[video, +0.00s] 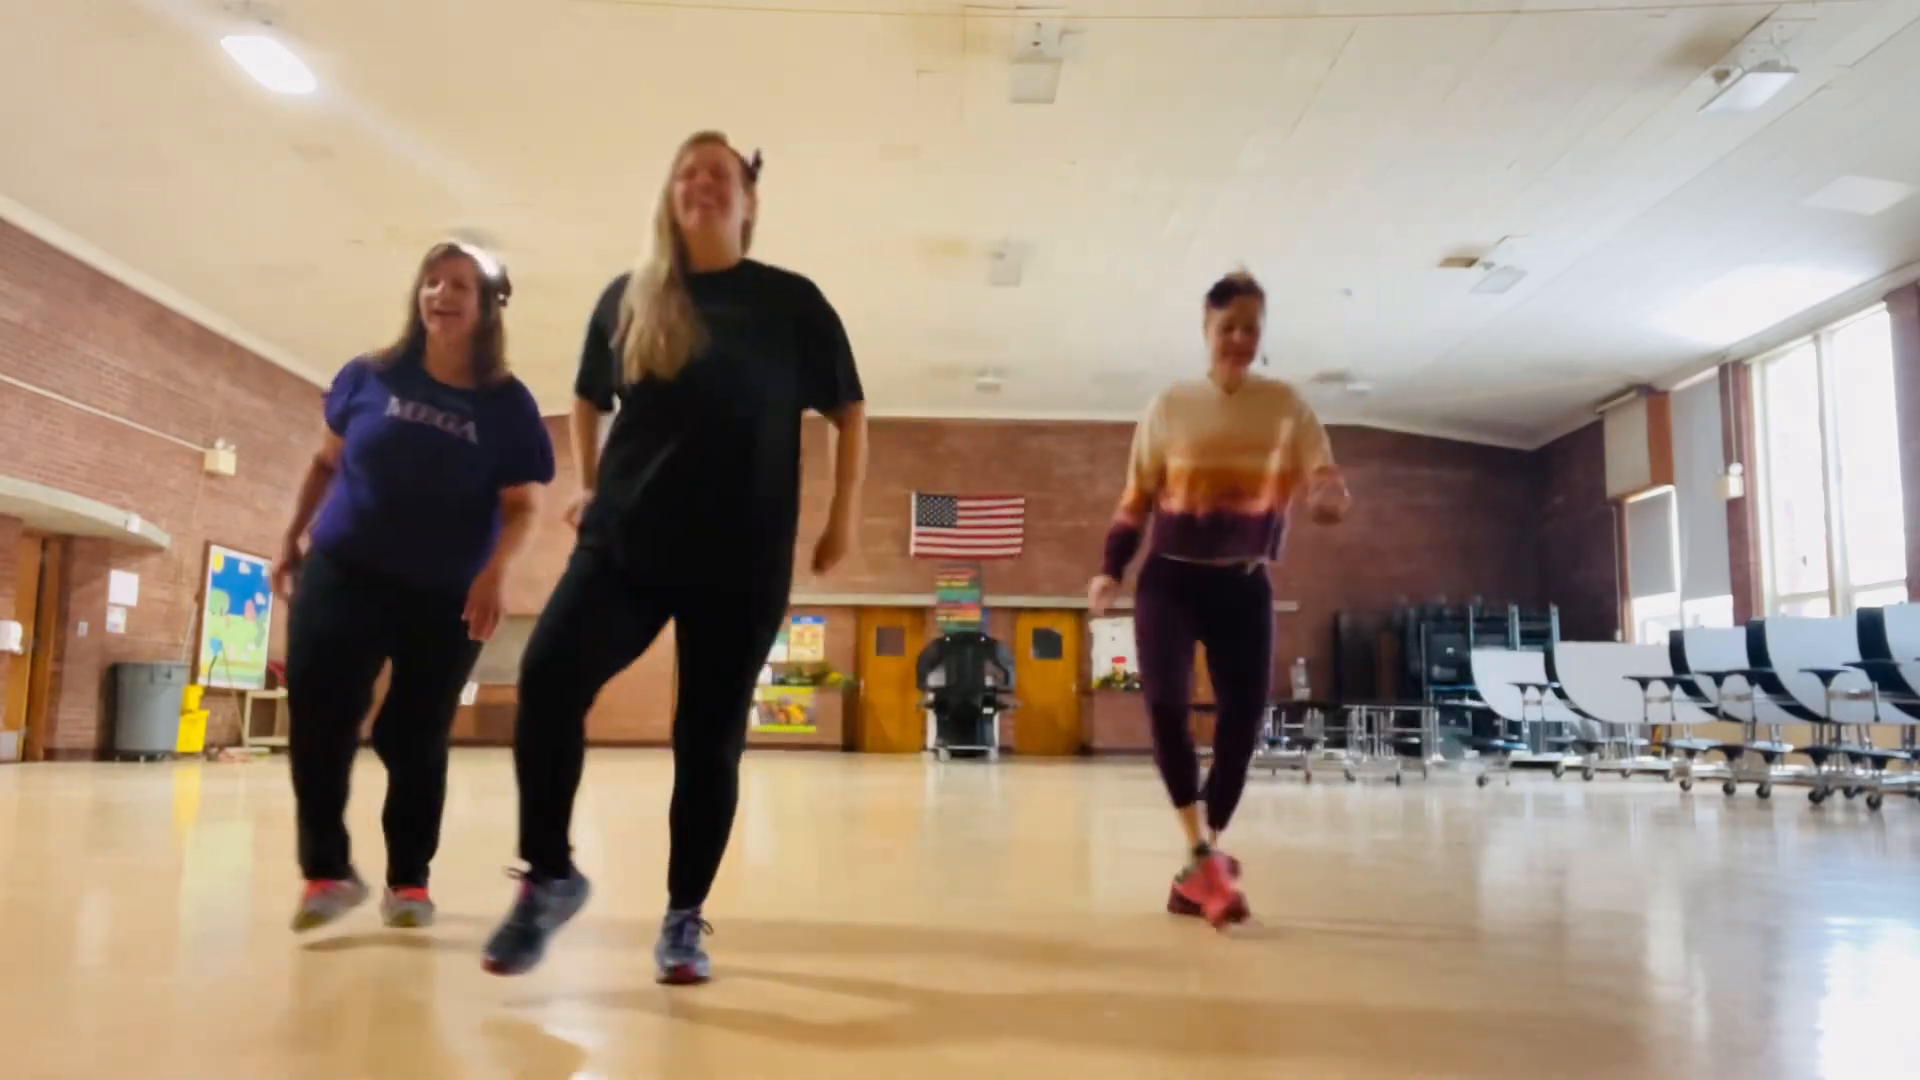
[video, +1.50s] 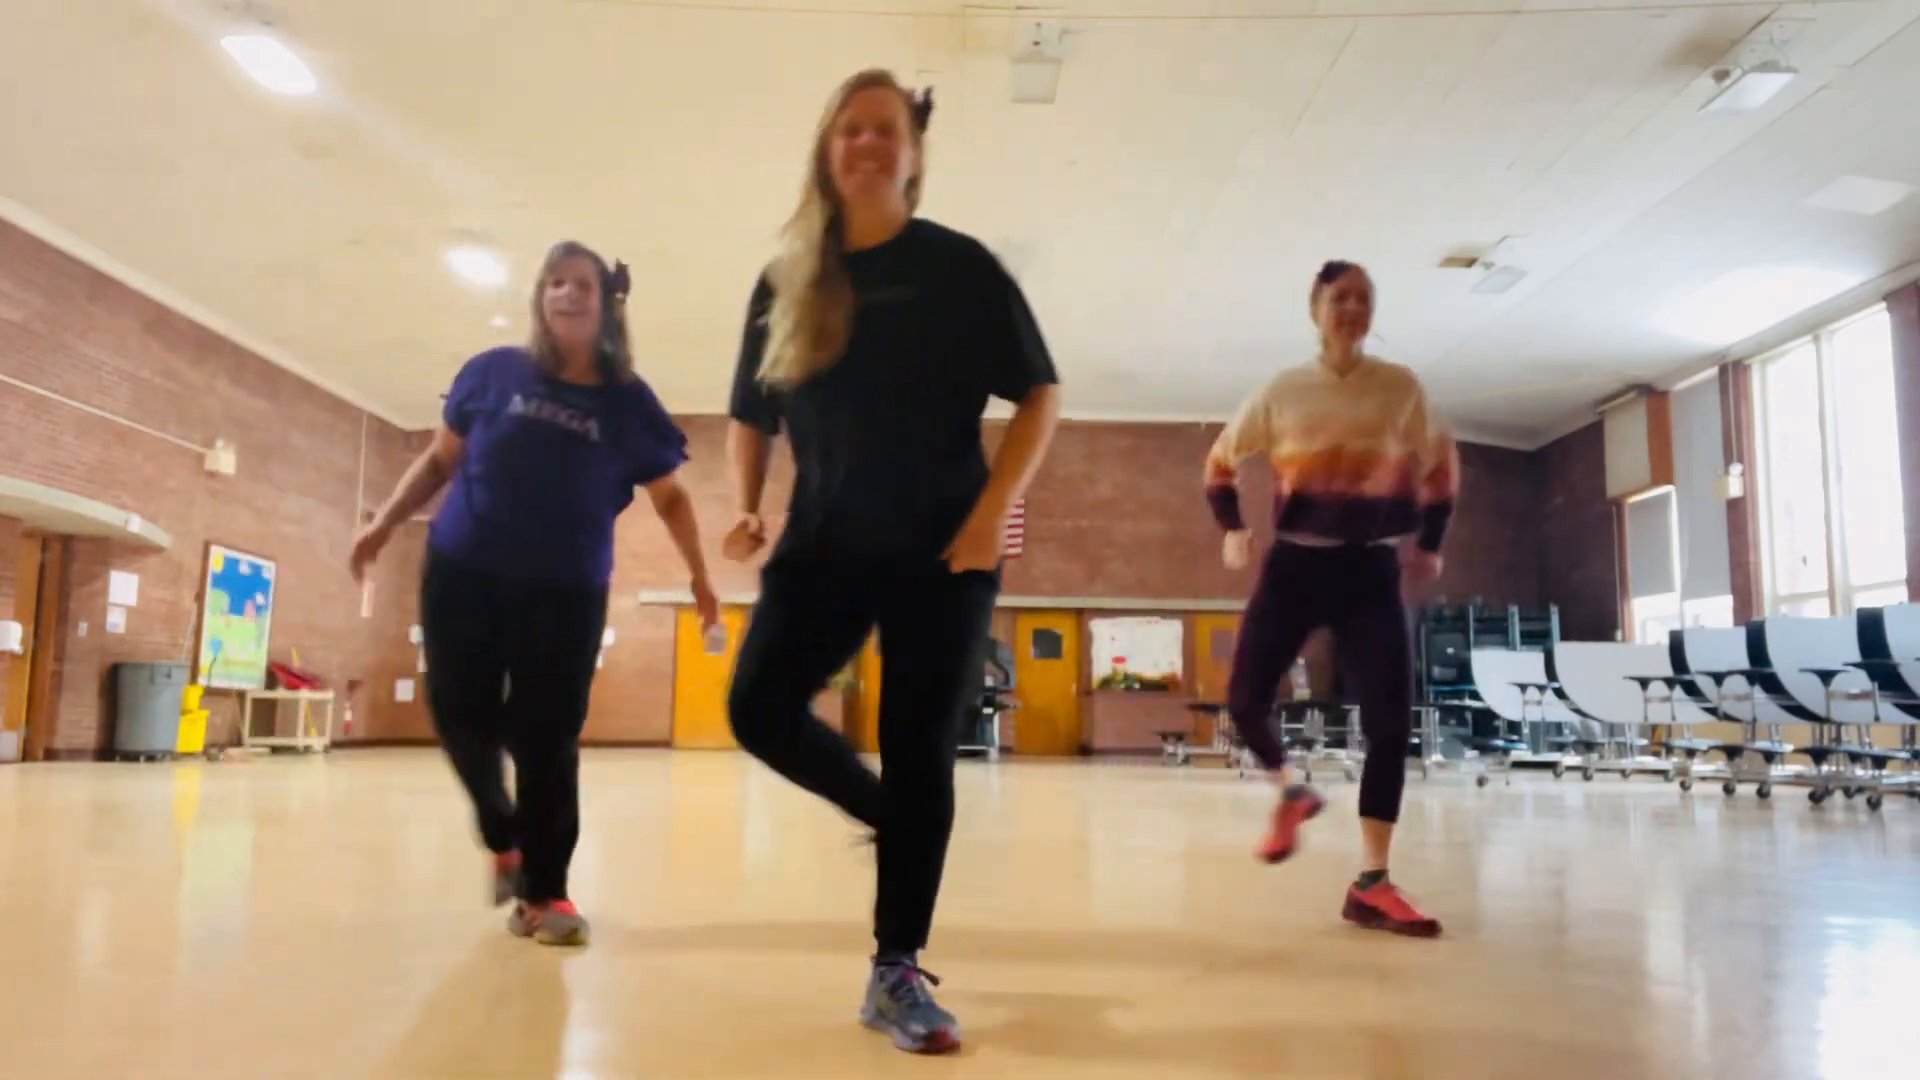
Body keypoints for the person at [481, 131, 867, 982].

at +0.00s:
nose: (703, 183)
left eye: (720, 174)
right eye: (690, 172)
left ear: (751, 199)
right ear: (668, 195)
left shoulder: (796, 303)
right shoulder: (631, 298)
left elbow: (850, 415)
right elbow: (588, 399)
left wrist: (840, 522)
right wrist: (584, 484)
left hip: (742, 556)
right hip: (630, 542)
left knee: (707, 743)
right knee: (546, 684)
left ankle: (686, 916)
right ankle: (548, 875)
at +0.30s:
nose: (620, 208)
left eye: (636, 199)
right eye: (607, 198)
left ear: (664, 224)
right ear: (585, 222)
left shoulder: (703, 334)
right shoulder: (539, 325)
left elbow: (734, 444)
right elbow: (461, 420)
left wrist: (720, 539)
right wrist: (482, 492)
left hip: (656, 584)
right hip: (543, 581)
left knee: (669, 764)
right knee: (519, 759)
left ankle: (678, 921)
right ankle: (504, 917)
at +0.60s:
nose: (611, 141)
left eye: (627, 128)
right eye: (596, 129)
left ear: (659, 147)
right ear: (572, 147)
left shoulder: (689, 243)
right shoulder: (530, 237)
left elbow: (720, 334)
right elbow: (518, 328)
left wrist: (726, 223)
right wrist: (547, 218)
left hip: (656, 508)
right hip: (544, 503)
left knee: (655, 696)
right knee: (537, 695)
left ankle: (607, 826)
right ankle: (515, 890)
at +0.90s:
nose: (638, 170)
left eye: (653, 157)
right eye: (622, 155)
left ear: (678, 169)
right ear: (593, 167)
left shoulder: (721, 256)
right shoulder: (558, 266)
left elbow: (767, 364)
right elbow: (526, 375)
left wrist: (729, 459)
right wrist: (580, 281)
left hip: (694, 510)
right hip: (586, 520)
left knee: (751, 643)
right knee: (568, 725)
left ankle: (661, 765)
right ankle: (531, 921)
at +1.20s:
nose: (737, 171)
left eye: (753, 158)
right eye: (721, 157)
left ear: (779, 173)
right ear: (692, 170)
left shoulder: (821, 276)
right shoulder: (654, 288)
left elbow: (862, 407)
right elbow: (596, 421)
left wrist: (809, 525)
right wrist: (669, 437)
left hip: (796, 554)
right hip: (683, 558)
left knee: (832, 752)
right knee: (673, 753)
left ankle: (882, 953)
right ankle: (668, 940)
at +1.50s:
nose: (867, 142)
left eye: (885, 129)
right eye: (851, 129)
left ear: (917, 151)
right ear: (824, 150)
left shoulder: (965, 268)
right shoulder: (788, 280)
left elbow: (1039, 398)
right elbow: (754, 409)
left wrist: (992, 511)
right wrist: (747, 503)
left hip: (942, 547)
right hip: (826, 542)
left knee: (916, 756)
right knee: (760, 714)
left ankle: (896, 971)